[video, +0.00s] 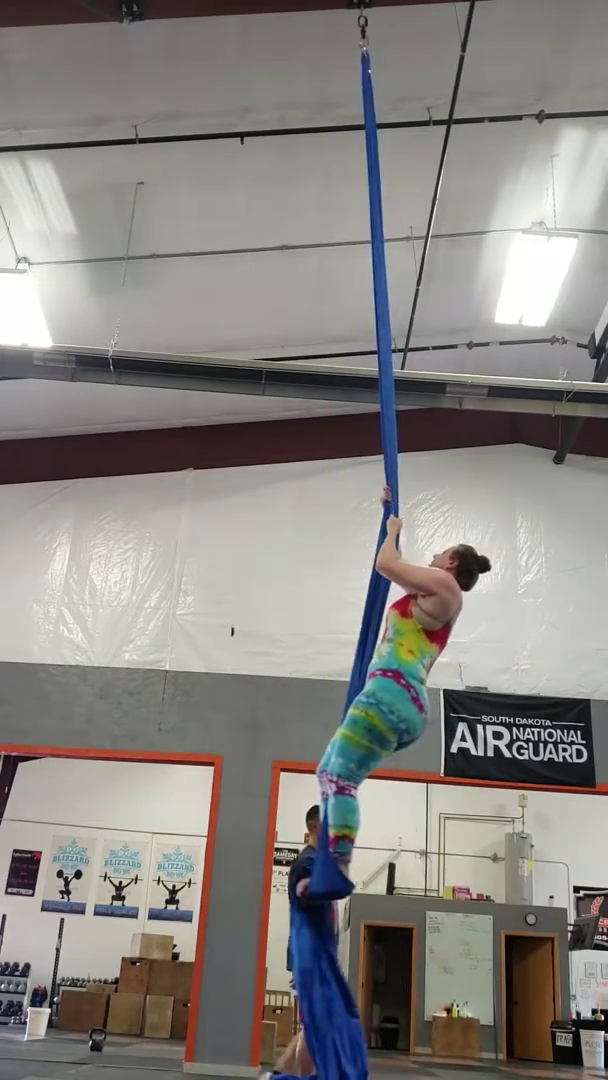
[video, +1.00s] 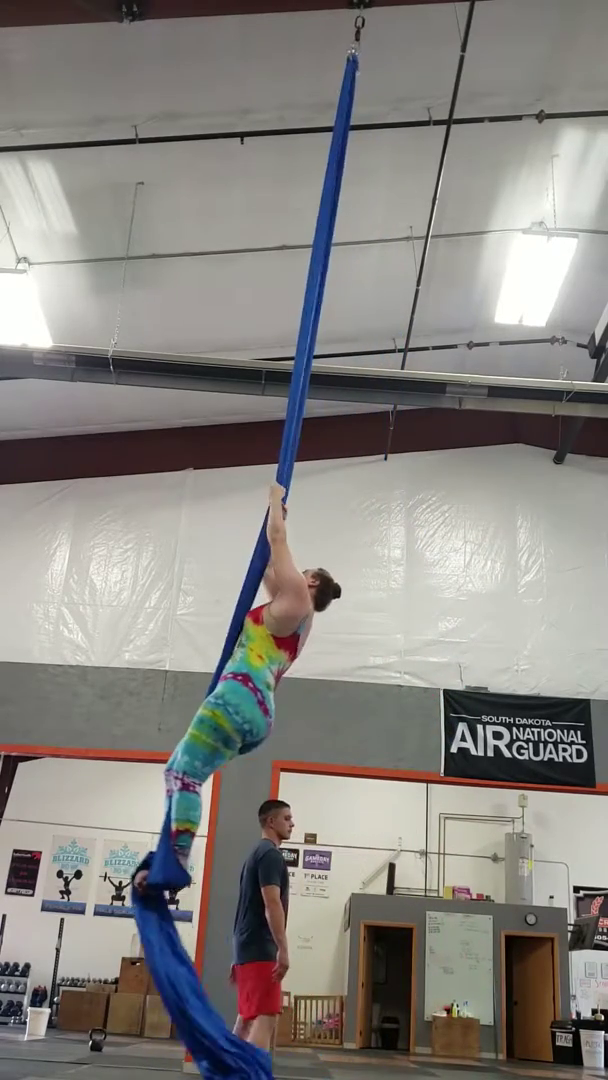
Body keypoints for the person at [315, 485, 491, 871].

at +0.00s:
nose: (435, 556)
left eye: (441, 553)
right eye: (439, 553)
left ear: (450, 562)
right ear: (459, 569)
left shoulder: (445, 586)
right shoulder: (439, 591)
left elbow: (386, 565)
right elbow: (391, 563)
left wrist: (392, 532)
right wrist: (390, 513)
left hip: (391, 692)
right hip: (405, 702)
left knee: (339, 776)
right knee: (332, 774)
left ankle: (335, 871)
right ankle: (332, 867)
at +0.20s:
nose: (407, 564)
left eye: (413, 562)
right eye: (411, 561)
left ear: (422, 569)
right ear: (431, 578)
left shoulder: (414, 589)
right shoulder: (414, 599)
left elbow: (359, 568)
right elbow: (369, 569)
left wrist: (366, 528)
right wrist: (366, 524)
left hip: (361, 697)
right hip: (378, 709)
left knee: (310, 779)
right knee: (303, 776)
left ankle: (306, 870)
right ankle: (303, 864)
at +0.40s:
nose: (367, 564)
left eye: (374, 563)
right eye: (372, 562)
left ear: (383, 572)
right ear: (392, 580)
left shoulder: (371, 590)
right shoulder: (377, 605)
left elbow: (317, 565)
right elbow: (334, 570)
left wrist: (328, 536)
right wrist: (337, 530)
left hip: (329, 698)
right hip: (349, 710)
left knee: (279, 783)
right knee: (277, 782)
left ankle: (286, 874)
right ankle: (285, 868)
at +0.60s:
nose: (334, 564)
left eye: (339, 562)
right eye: (337, 562)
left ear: (346, 571)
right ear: (355, 580)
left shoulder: (330, 588)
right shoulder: (344, 607)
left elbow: (274, 559)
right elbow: (302, 570)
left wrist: (284, 527)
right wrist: (310, 523)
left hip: (295, 697)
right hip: (318, 709)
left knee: (253, 780)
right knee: (247, 779)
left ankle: (260, 871)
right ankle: (260, 865)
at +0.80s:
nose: (310, 569)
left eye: (316, 568)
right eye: (316, 568)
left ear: (322, 574)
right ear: (333, 590)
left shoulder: (303, 584)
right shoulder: (321, 615)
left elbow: (274, 539)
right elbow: (285, 552)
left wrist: (270, 500)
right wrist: (289, 518)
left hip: (264, 693)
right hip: (288, 709)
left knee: (220, 779)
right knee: (216, 778)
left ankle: (222, 869)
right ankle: (219, 866)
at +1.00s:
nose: (300, 573)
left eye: (307, 573)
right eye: (304, 573)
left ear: (311, 583)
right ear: (317, 594)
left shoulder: (296, 596)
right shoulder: (299, 616)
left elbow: (277, 538)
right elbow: (268, 565)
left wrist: (276, 501)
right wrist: (277, 516)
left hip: (240, 696)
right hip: (257, 712)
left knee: (184, 773)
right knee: (179, 771)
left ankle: (176, 865)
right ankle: (173, 861)